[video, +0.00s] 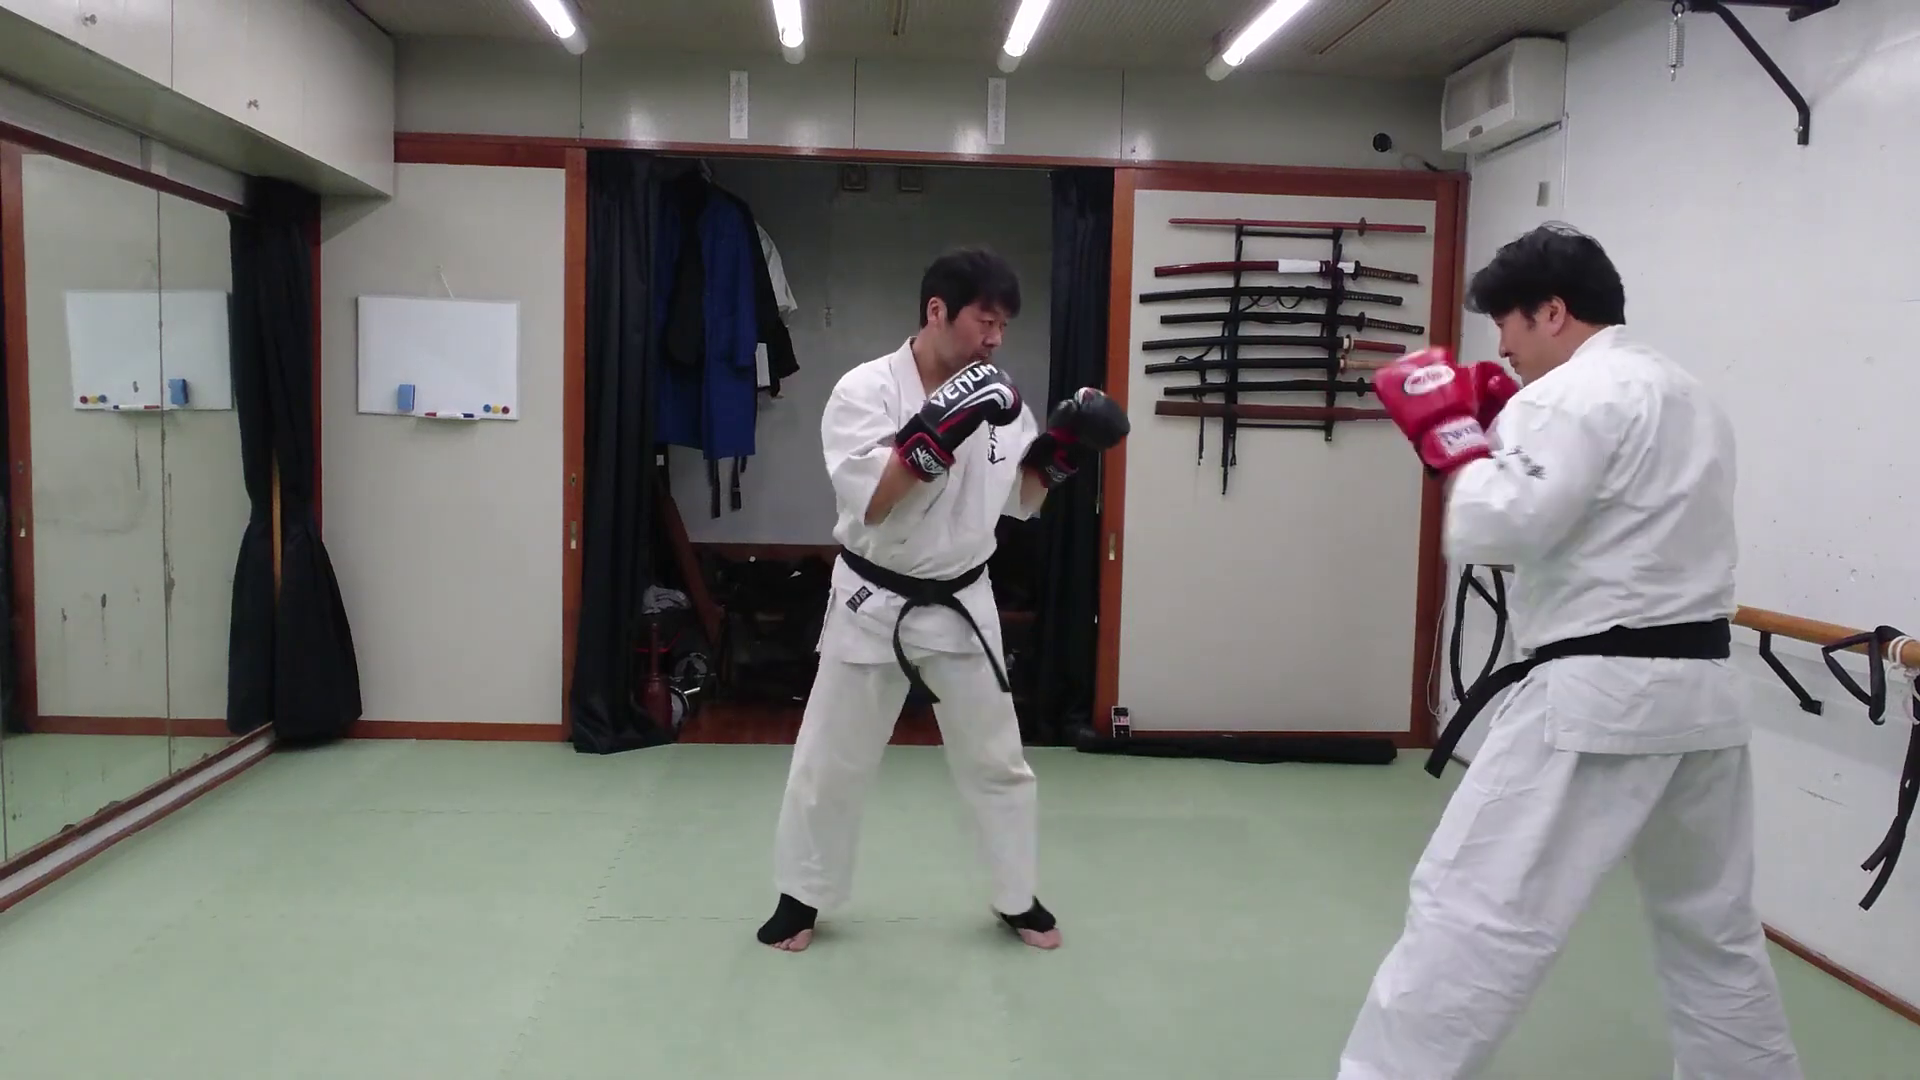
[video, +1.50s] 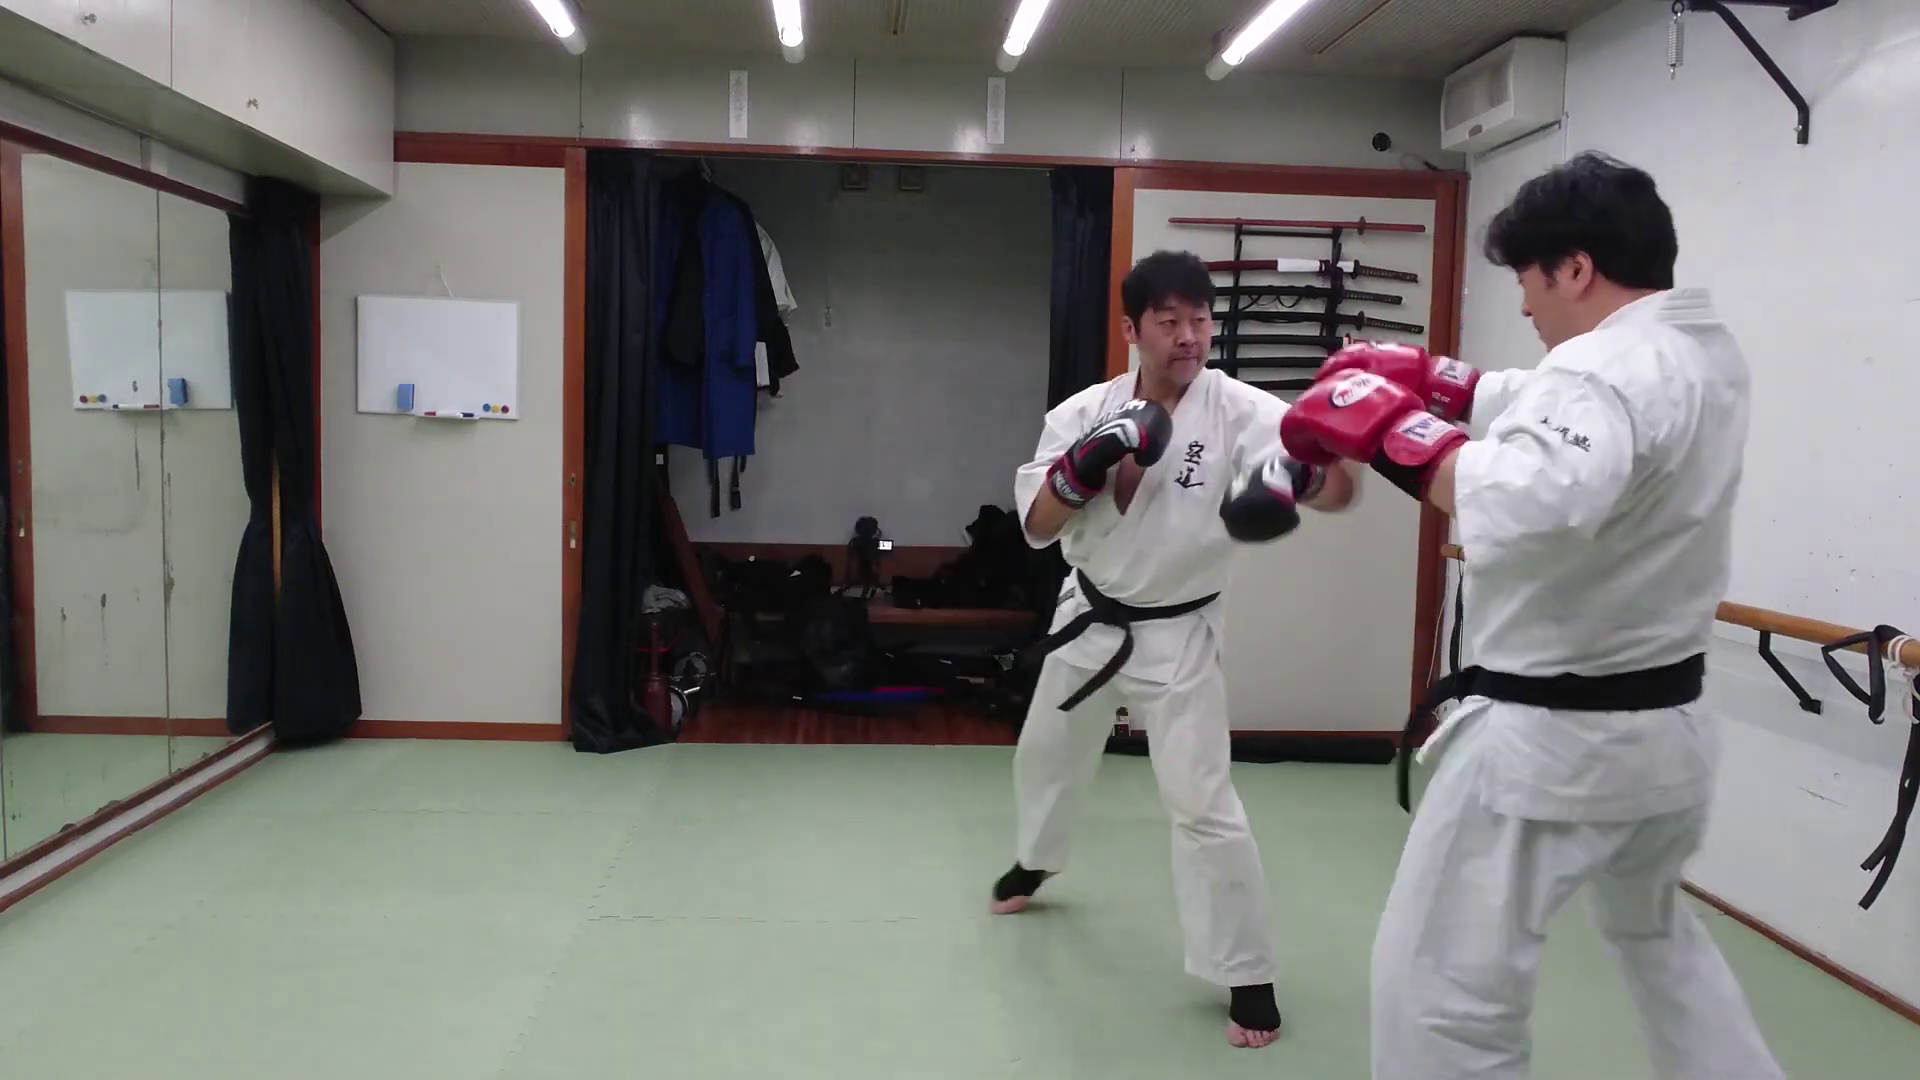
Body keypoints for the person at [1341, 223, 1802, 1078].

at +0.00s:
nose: (1502, 351)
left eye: (1506, 330)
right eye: (1497, 335)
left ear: (1554, 312)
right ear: (1593, 310)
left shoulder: (1570, 397)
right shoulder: (1693, 394)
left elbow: (1495, 525)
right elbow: (1611, 490)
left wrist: (1457, 441)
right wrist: (1509, 414)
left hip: (1591, 700)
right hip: (1708, 699)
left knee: (1467, 922)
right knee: (1717, 943)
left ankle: (1389, 1068)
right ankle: (1753, 1076)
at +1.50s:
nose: (1523, 306)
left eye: (1525, 281)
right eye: (1520, 283)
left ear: (1578, 269)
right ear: (1615, 262)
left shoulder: (1601, 376)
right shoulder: (1706, 351)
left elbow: (1526, 501)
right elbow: (1560, 396)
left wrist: (1398, 434)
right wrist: (1445, 381)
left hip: (1544, 744)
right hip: (1667, 729)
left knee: (1442, 997)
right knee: (1654, 928)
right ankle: (1742, 1076)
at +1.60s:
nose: (1488, 326)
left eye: (1490, 301)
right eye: (1483, 304)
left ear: (1543, 288)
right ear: (1560, 285)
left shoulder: (1613, 408)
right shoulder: (1646, 375)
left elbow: (1464, 520)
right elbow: (1564, 480)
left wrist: (1378, 442)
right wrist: (1469, 451)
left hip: (1560, 760)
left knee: (1421, 966)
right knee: (1437, 784)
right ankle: (1621, 934)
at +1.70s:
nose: (1458, 352)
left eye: (1460, 329)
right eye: (1453, 330)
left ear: (1510, 320)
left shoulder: (1597, 435)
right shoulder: (1617, 393)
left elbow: (1424, 542)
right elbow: (1482, 522)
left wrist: (1377, 455)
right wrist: (1370, 510)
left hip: (1545, 774)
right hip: (1507, 704)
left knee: (1405, 972)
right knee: (1386, 683)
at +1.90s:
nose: (1441, 339)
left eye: (1442, 318)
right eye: (1436, 319)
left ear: (1491, 315)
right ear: (1566, 296)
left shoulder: (1595, 440)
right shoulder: (1568, 393)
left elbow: (1452, 596)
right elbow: (1478, 527)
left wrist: (1363, 495)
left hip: (1513, 761)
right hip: (1463, 689)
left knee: (1392, 982)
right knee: (1324, 692)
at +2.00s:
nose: (1440, 310)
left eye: (1440, 287)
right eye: (1437, 288)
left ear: (1481, 284)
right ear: (1563, 264)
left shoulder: (1585, 408)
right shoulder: (1574, 369)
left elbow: (1503, 585)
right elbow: (1535, 488)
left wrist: (1380, 511)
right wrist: (1439, 460)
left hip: (1518, 754)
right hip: (1475, 702)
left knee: (1409, 991)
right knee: (1358, 773)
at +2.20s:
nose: (1435, 296)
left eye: (1433, 272)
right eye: (1431, 274)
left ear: (1467, 269)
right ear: (1559, 254)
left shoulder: (1530, 387)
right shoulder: (1630, 369)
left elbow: (1565, 578)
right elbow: (1576, 503)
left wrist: (1406, 579)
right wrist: (1435, 439)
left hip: (1502, 758)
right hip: (1618, 741)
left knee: (1414, 1016)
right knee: (1611, 971)